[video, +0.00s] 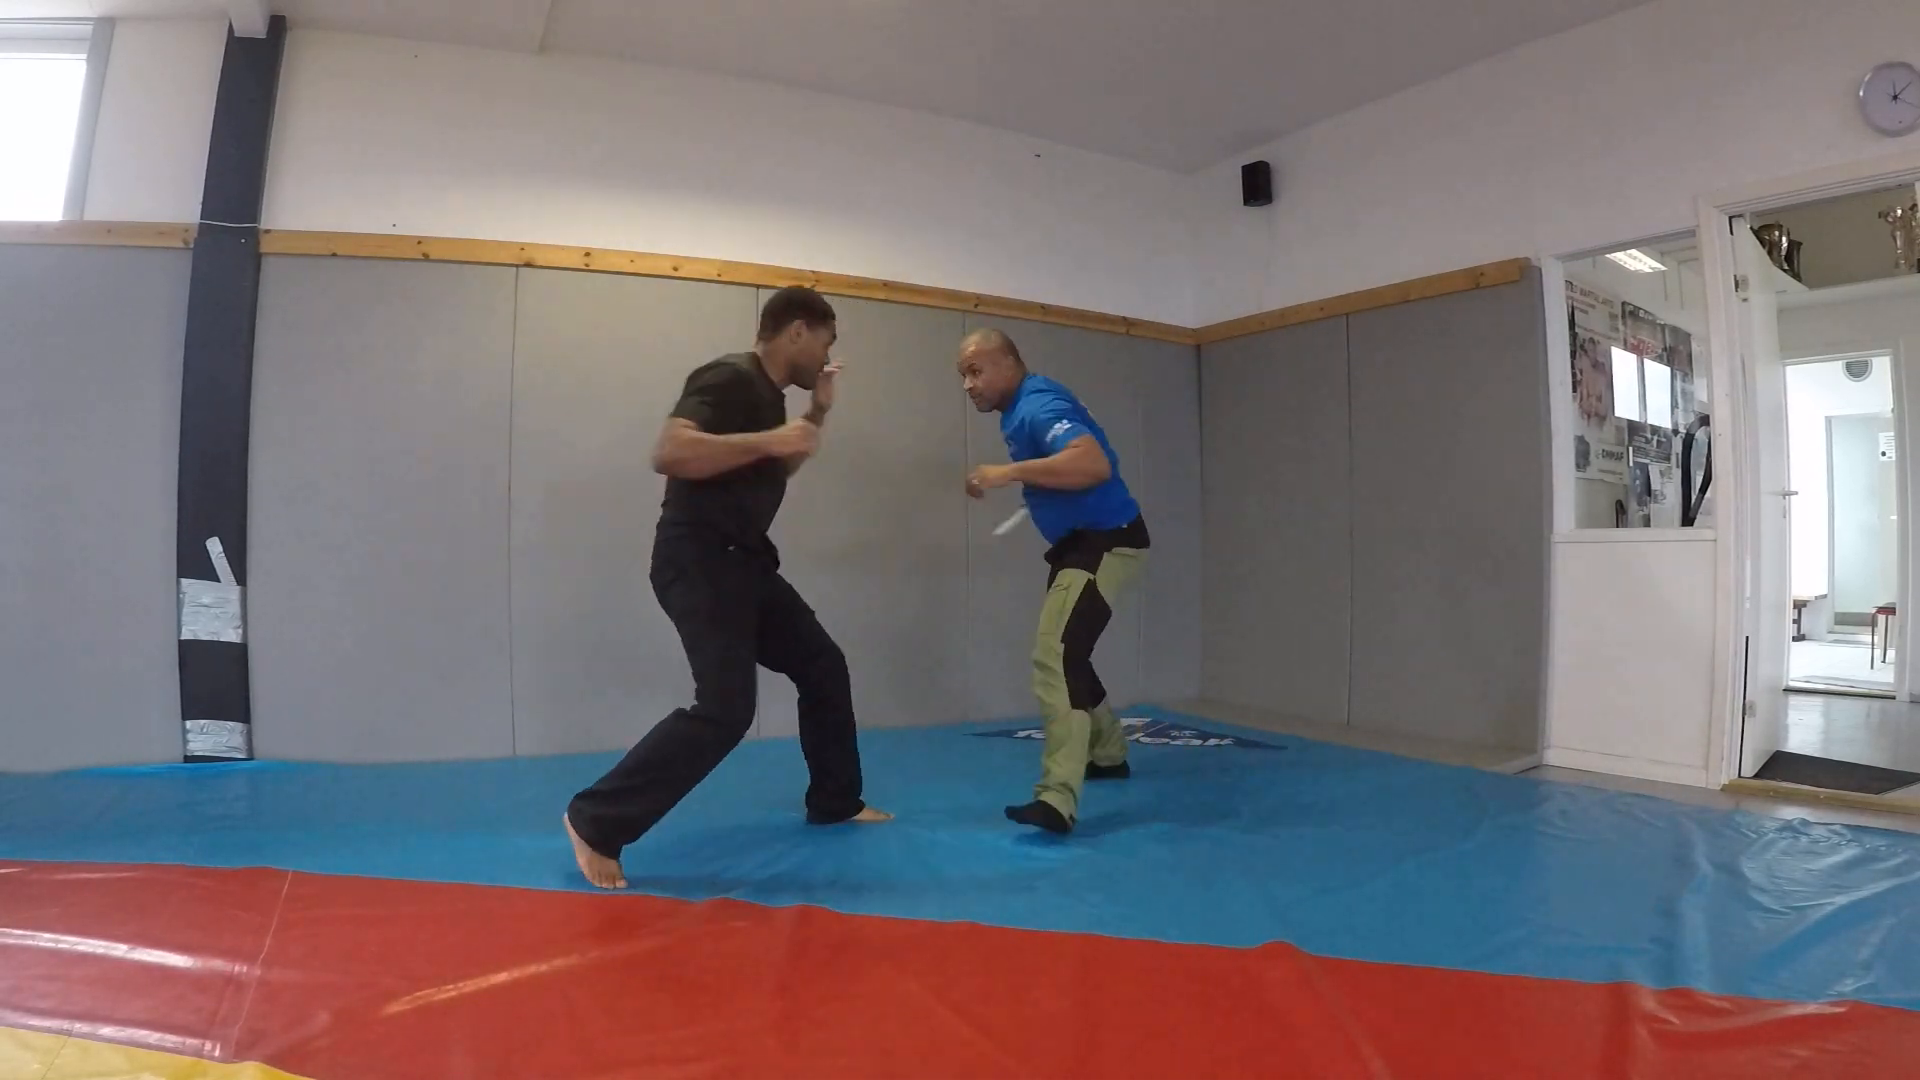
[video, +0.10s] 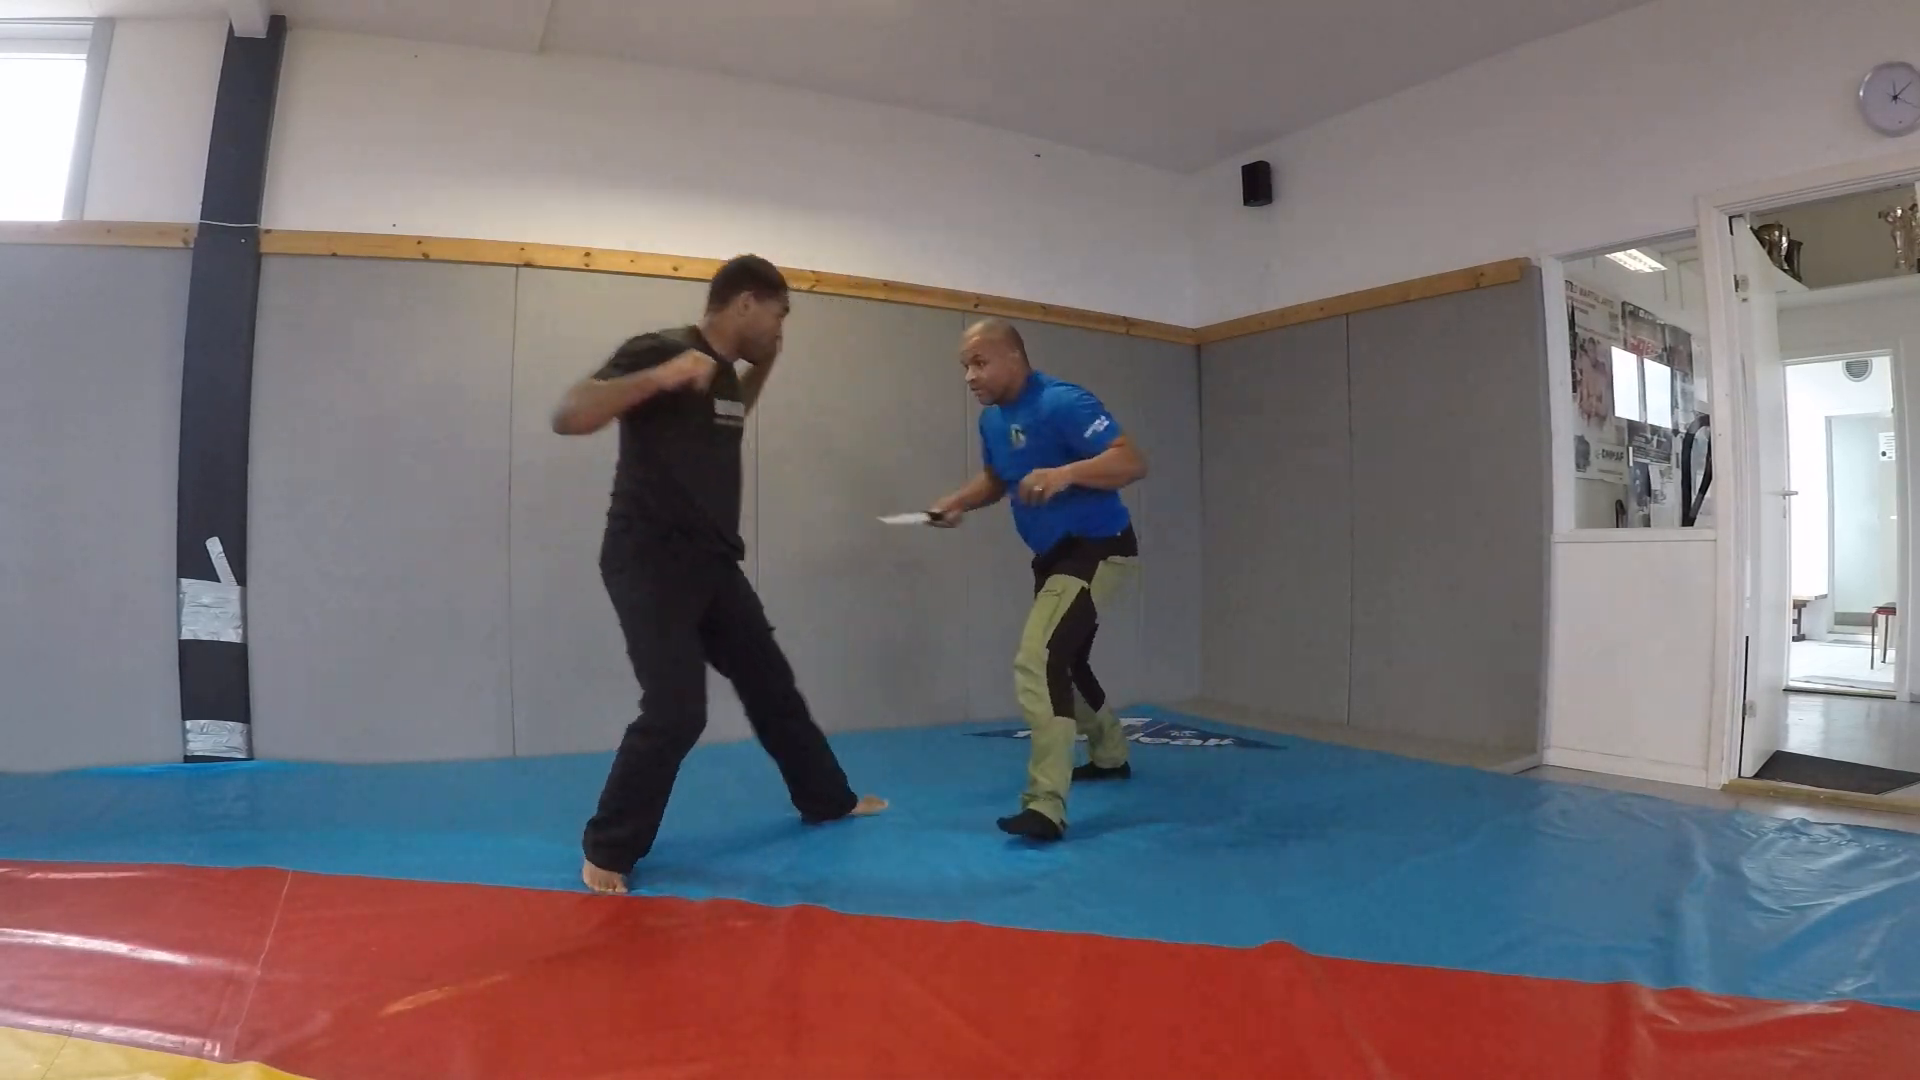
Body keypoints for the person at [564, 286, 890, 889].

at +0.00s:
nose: (829, 355)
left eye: (831, 343)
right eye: (828, 341)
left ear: (795, 333)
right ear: (797, 332)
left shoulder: (770, 397)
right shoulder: (729, 379)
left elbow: (777, 470)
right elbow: (670, 452)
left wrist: (818, 412)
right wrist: (768, 443)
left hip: (744, 564)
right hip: (698, 562)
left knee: (824, 668)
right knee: (725, 710)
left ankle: (834, 801)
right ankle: (595, 820)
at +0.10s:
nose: (781, 331)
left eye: (783, 318)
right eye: (778, 316)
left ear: (744, 306)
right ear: (744, 304)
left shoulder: (721, 373)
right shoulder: (662, 353)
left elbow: (732, 404)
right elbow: (569, 415)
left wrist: (765, 363)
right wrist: (659, 377)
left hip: (710, 561)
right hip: (648, 560)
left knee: (770, 686)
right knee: (677, 710)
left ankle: (826, 800)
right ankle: (608, 853)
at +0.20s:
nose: (726, 304)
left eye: (730, 292)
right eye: (721, 288)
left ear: (686, 278)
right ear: (680, 272)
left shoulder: (690, 343)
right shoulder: (587, 323)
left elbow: (731, 352)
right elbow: (499, 387)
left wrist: (772, 308)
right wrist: (592, 336)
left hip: (659, 541)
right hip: (582, 540)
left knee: (716, 676)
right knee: (615, 702)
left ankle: (752, 807)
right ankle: (604, 858)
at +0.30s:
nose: (675, 284)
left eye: (680, 271)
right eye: (670, 267)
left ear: (636, 261)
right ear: (624, 253)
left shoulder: (652, 325)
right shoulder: (523, 301)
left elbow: (715, 348)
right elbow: (466, 409)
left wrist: (755, 354)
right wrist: (575, 390)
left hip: (596, 510)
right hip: (514, 512)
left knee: (658, 655)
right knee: (528, 682)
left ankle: (617, 808)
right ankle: (578, 838)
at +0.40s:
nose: (612, 284)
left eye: (616, 270)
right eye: (603, 267)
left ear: (575, 262)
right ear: (550, 256)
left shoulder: (601, 329)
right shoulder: (452, 316)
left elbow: (694, 367)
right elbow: (399, 434)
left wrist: (695, 406)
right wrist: (493, 476)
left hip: (545, 528)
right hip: (453, 524)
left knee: (577, 692)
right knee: (411, 682)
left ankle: (557, 828)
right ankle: (453, 827)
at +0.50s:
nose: (519, 272)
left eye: (525, 258)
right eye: (509, 255)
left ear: (519, 260)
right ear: (454, 247)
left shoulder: (534, 344)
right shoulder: (362, 308)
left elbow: (634, 386)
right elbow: (289, 384)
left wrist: (637, 446)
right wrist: (303, 451)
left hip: (479, 548)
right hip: (380, 540)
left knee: (529, 693)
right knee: (296, 674)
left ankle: (562, 835)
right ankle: (342, 846)